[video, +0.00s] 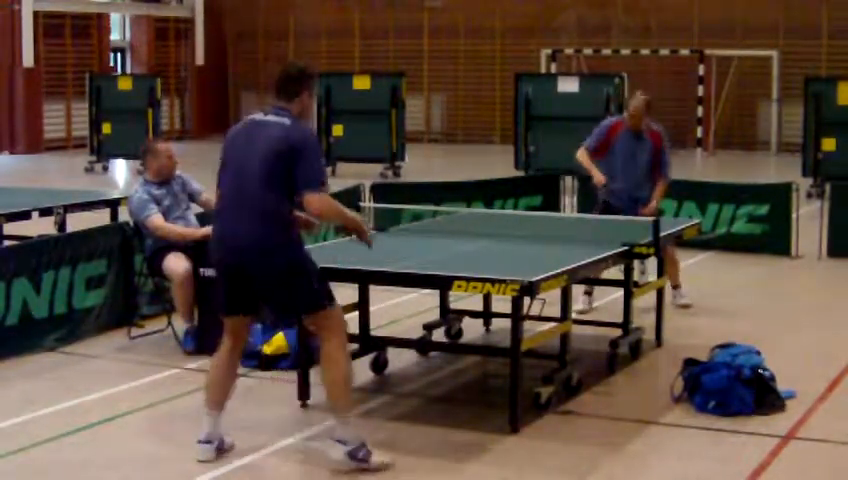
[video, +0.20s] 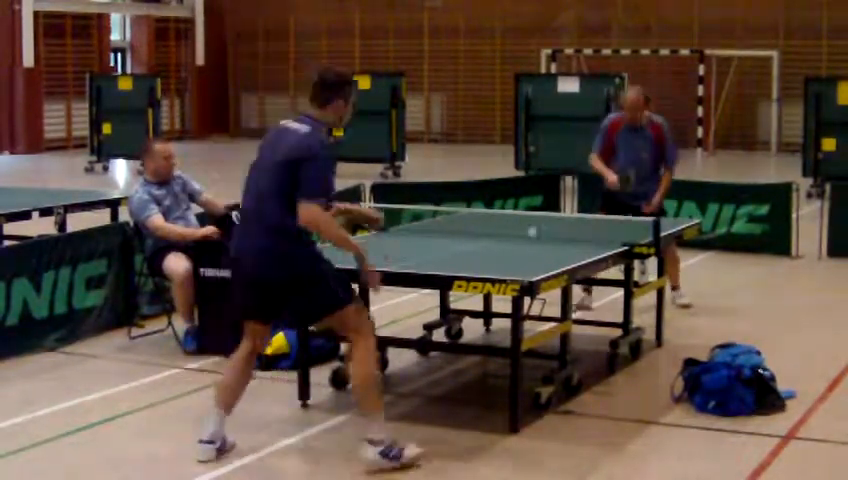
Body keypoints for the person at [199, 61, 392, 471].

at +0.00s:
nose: (314, 104)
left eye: (312, 97)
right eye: (313, 98)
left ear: (276, 94)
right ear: (304, 98)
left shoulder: (239, 131)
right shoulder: (300, 135)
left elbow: (227, 196)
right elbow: (315, 202)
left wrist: (287, 215)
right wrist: (351, 220)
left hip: (228, 246)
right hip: (276, 249)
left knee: (232, 336)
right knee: (332, 330)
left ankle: (209, 434)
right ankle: (348, 437)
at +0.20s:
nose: (351, 112)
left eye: (351, 104)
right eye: (350, 104)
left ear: (314, 99)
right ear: (339, 104)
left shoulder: (281, 132)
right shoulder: (314, 144)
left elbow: (290, 197)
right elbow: (310, 214)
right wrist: (357, 252)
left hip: (248, 257)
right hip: (289, 262)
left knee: (252, 342)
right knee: (360, 329)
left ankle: (212, 433)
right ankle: (378, 440)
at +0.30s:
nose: (381, 134)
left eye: (382, 127)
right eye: (380, 126)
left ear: (351, 118)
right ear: (364, 123)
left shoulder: (319, 141)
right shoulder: (332, 159)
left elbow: (351, 204)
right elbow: (297, 222)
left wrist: (400, 208)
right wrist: (332, 277)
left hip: (261, 264)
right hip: (290, 272)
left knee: (266, 347)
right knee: (373, 335)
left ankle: (215, 432)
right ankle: (411, 439)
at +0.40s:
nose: (417, 158)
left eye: (419, 150)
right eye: (417, 150)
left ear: (389, 139)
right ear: (402, 145)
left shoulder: (358, 155)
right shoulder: (355, 175)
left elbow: (391, 189)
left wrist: (438, 200)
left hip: (284, 267)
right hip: (321, 269)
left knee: (271, 353)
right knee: (401, 336)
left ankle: (215, 435)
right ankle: (421, 444)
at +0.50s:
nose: (444, 171)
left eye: (449, 164)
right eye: (447, 163)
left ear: (419, 142)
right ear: (436, 155)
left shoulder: (371, 147)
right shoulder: (397, 194)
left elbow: (396, 179)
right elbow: (386, 268)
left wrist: (423, 190)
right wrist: (429, 282)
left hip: (303, 260)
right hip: (349, 274)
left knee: (282, 340)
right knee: (420, 332)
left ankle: (219, 429)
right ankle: (420, 444)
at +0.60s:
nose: (463, 161)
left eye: (466, 155)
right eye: (462, 153)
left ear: (434, 134)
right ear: (448, 146)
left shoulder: (380, 138)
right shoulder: (429, 183)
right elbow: (473, 216)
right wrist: (497, 174)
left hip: (310, 255)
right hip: (359, 267)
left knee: (282, 335)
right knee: (424, 333)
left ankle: (229, 420)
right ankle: (420, 443)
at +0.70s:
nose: (460, 130)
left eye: (463, 124)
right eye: (461, 123)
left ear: (422, 106)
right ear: (454, 121)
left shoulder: (377, 122)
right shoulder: (442, 151)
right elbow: (500, 154)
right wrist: (485, 102)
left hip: (318, 246)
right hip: (374, 256)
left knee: (281, 327)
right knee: (422, 334)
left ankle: (237, 407)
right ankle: (421, 440)